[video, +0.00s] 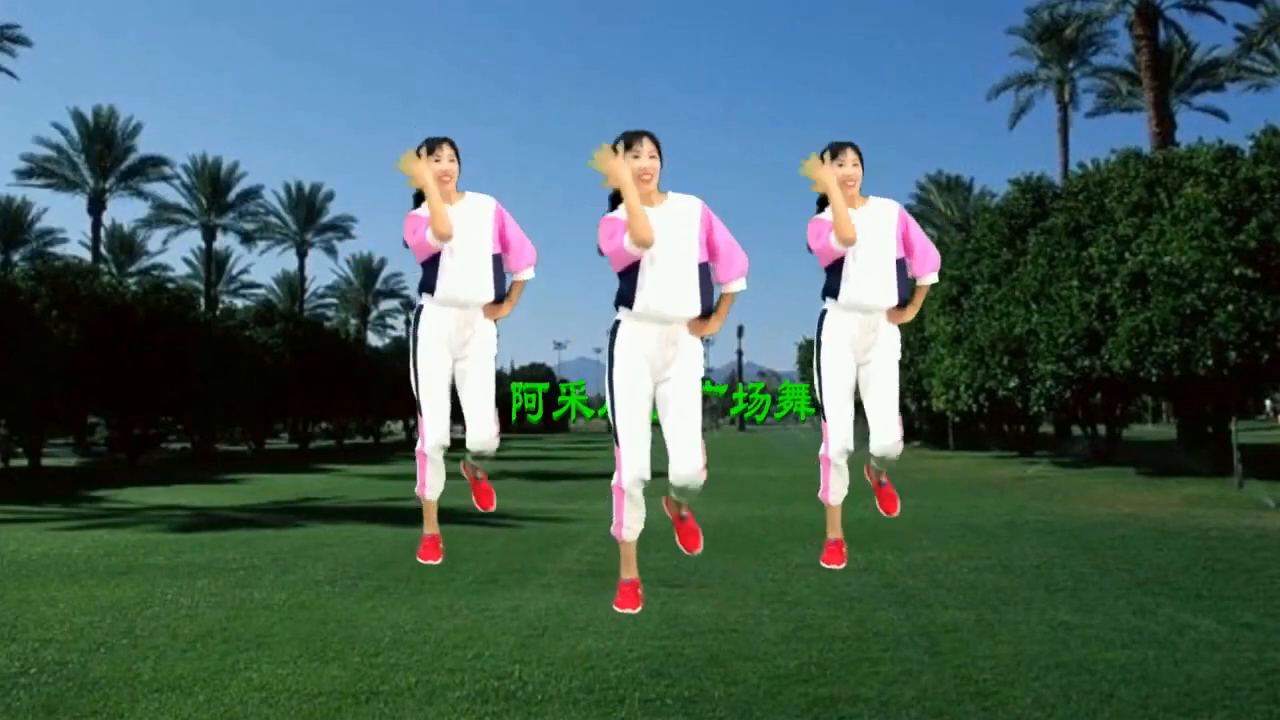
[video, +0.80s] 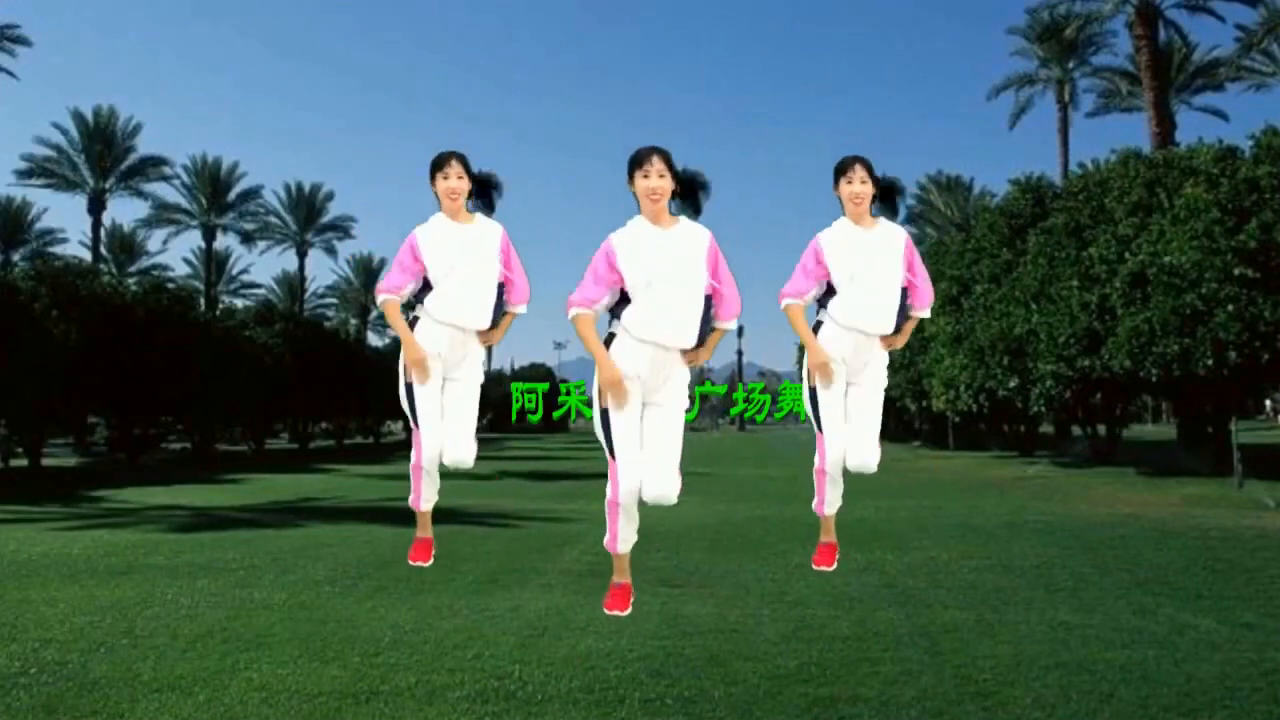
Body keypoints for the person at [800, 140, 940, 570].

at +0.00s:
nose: (848, 170)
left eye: (853, 163)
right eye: (839, 164)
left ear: (863, 172)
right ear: (827, 177)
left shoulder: (890, 211)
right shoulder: (820, 222)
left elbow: (927, 261)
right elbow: (846, 239)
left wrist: (912, 308)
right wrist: (831, 186)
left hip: (882, 325)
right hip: (838, 326)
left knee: (888, 442)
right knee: (837, 440)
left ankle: (876, 473)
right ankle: (833, 536)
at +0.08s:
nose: (857, 153)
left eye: (859, 145)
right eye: (847, 146)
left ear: (867, 156)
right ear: (832, 159)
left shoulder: (895, 200)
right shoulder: (823, 205)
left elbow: (930, 247)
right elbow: (859, 217)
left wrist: (916, 291)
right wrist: (853, 159)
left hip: (889, 308)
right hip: (844, 309)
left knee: (898, 430)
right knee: (839, 430)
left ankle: (895, 492)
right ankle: (831, 530)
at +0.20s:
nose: (860, 165)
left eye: (867, 158)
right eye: (852, 157)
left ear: (877, 165)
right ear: (838, 164)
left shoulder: (899, 202)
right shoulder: (829, 206)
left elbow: (936, 246)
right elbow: (876, 214)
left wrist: (924, 288)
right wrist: (906, 167)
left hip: (901, 309)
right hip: (858, 313)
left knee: (910, 427)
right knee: (854, 432)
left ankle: (920, 521)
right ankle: (835, 533)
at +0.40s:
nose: (866, 179)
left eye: (873, 173)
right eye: (858, 173)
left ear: (881, 181)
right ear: (843, 181)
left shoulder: (902, 223)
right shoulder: (835, 224)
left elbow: (943, 267)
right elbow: (882, 243)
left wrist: (923, 314)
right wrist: (936, 220)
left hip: (905, 338)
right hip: (860, 340)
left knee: (911, 443)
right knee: (861, 448)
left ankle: (919, 526)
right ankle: (834, 536)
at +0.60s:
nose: (863, 149)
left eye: (870, 142)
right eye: (854, 142)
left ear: (880, 148)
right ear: (840, 148)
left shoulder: (901, 194)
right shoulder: (830, 189)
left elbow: (931, 243)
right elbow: (848, 241)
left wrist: (918, 275)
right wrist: (898, 274)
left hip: (887, 304)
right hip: (842, 302)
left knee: (894, 423)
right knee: (837, 418)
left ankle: (886, 469)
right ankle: (826, 524)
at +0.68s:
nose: (860, 161)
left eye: (867, 154)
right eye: (852, 154)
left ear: (879, 160)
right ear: (838, 160)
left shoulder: (900, 206)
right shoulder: (827, 202)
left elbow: (930, 256)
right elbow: (831, 261)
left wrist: (909, 299)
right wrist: (870, 302)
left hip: (883, 314)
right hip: (838, 311)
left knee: (879, 435)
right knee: (833, 427)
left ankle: (867, 439)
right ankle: (827, 531)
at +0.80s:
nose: (857, 188)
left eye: (863, 181)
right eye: (849, 182)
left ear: (874, 189)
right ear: (837, 190)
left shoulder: (897, 238)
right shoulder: (827, 241)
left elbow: (922, 293)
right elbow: (791, 298)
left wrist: (901, 336)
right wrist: (811, 346)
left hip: (874, 348)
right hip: (832, 343)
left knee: (864, 459)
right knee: (831, 446)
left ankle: (834, 438)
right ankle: (827, 534)